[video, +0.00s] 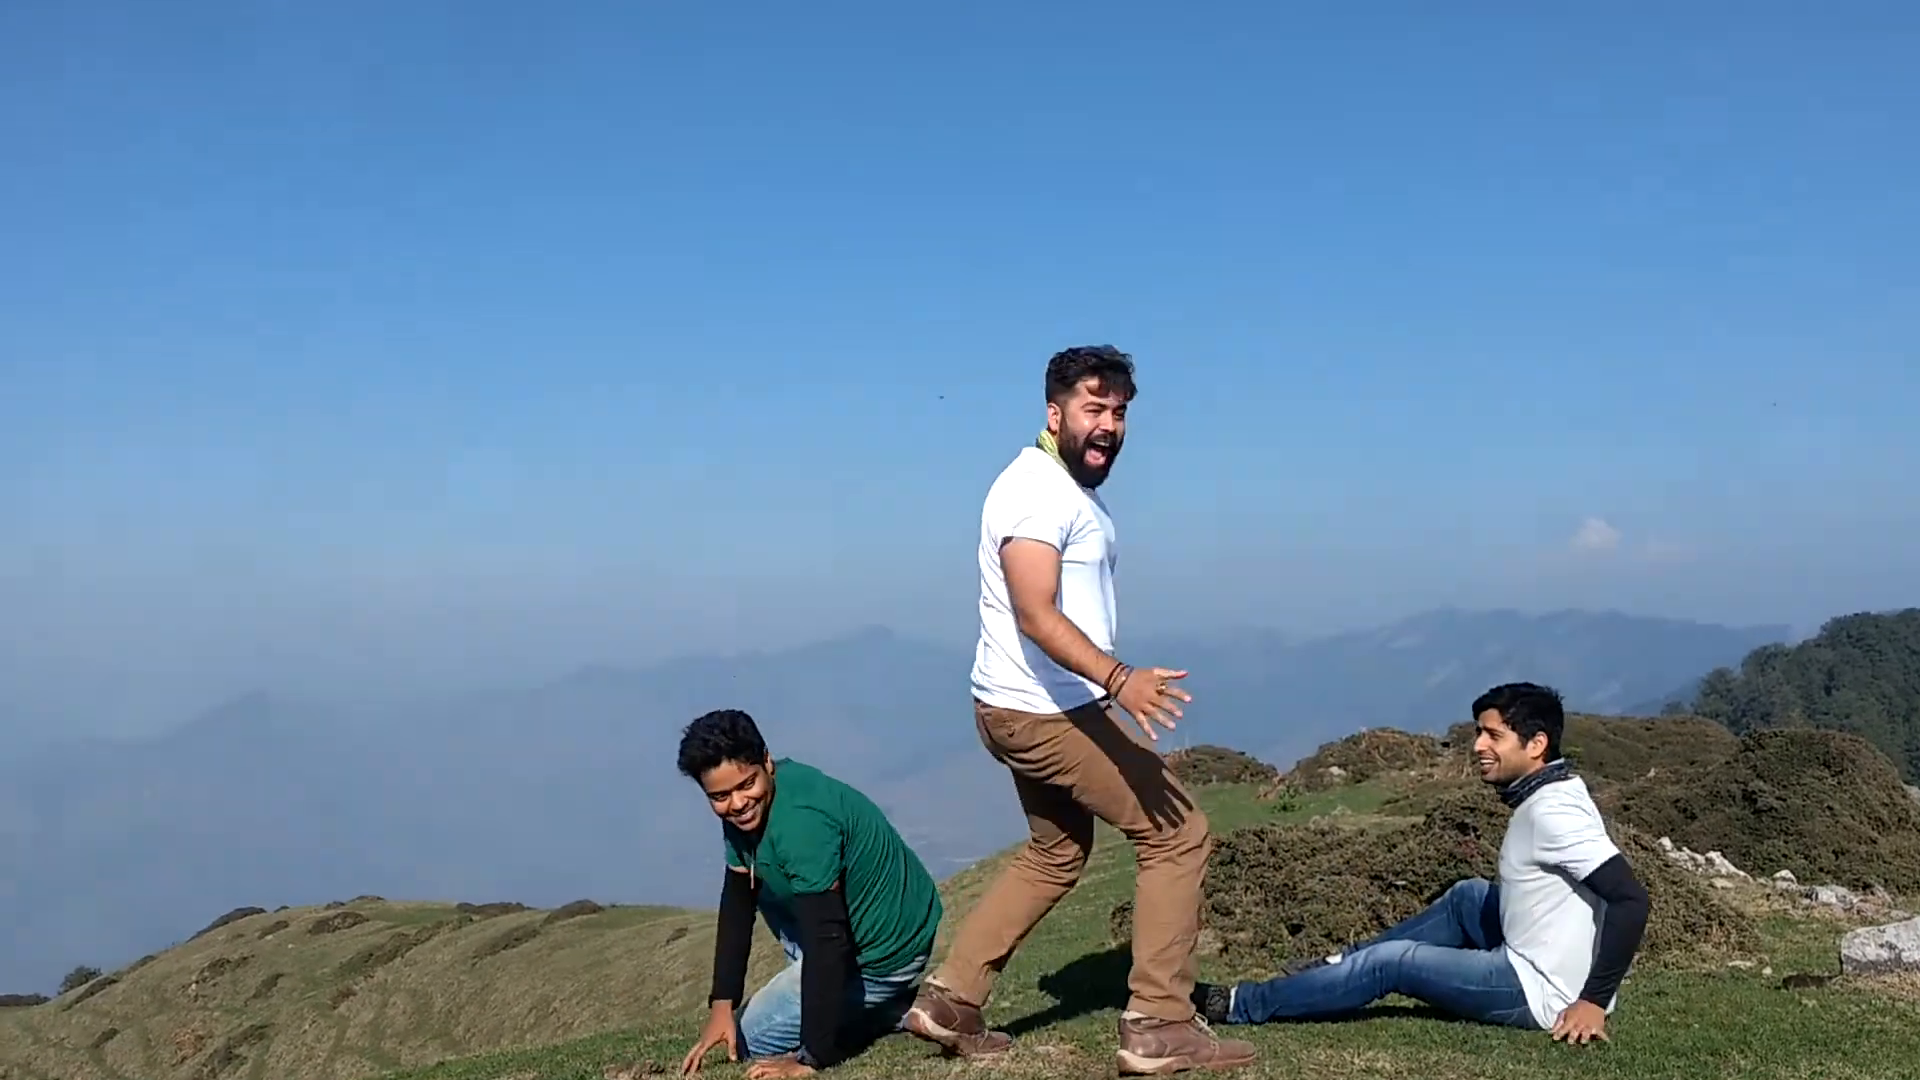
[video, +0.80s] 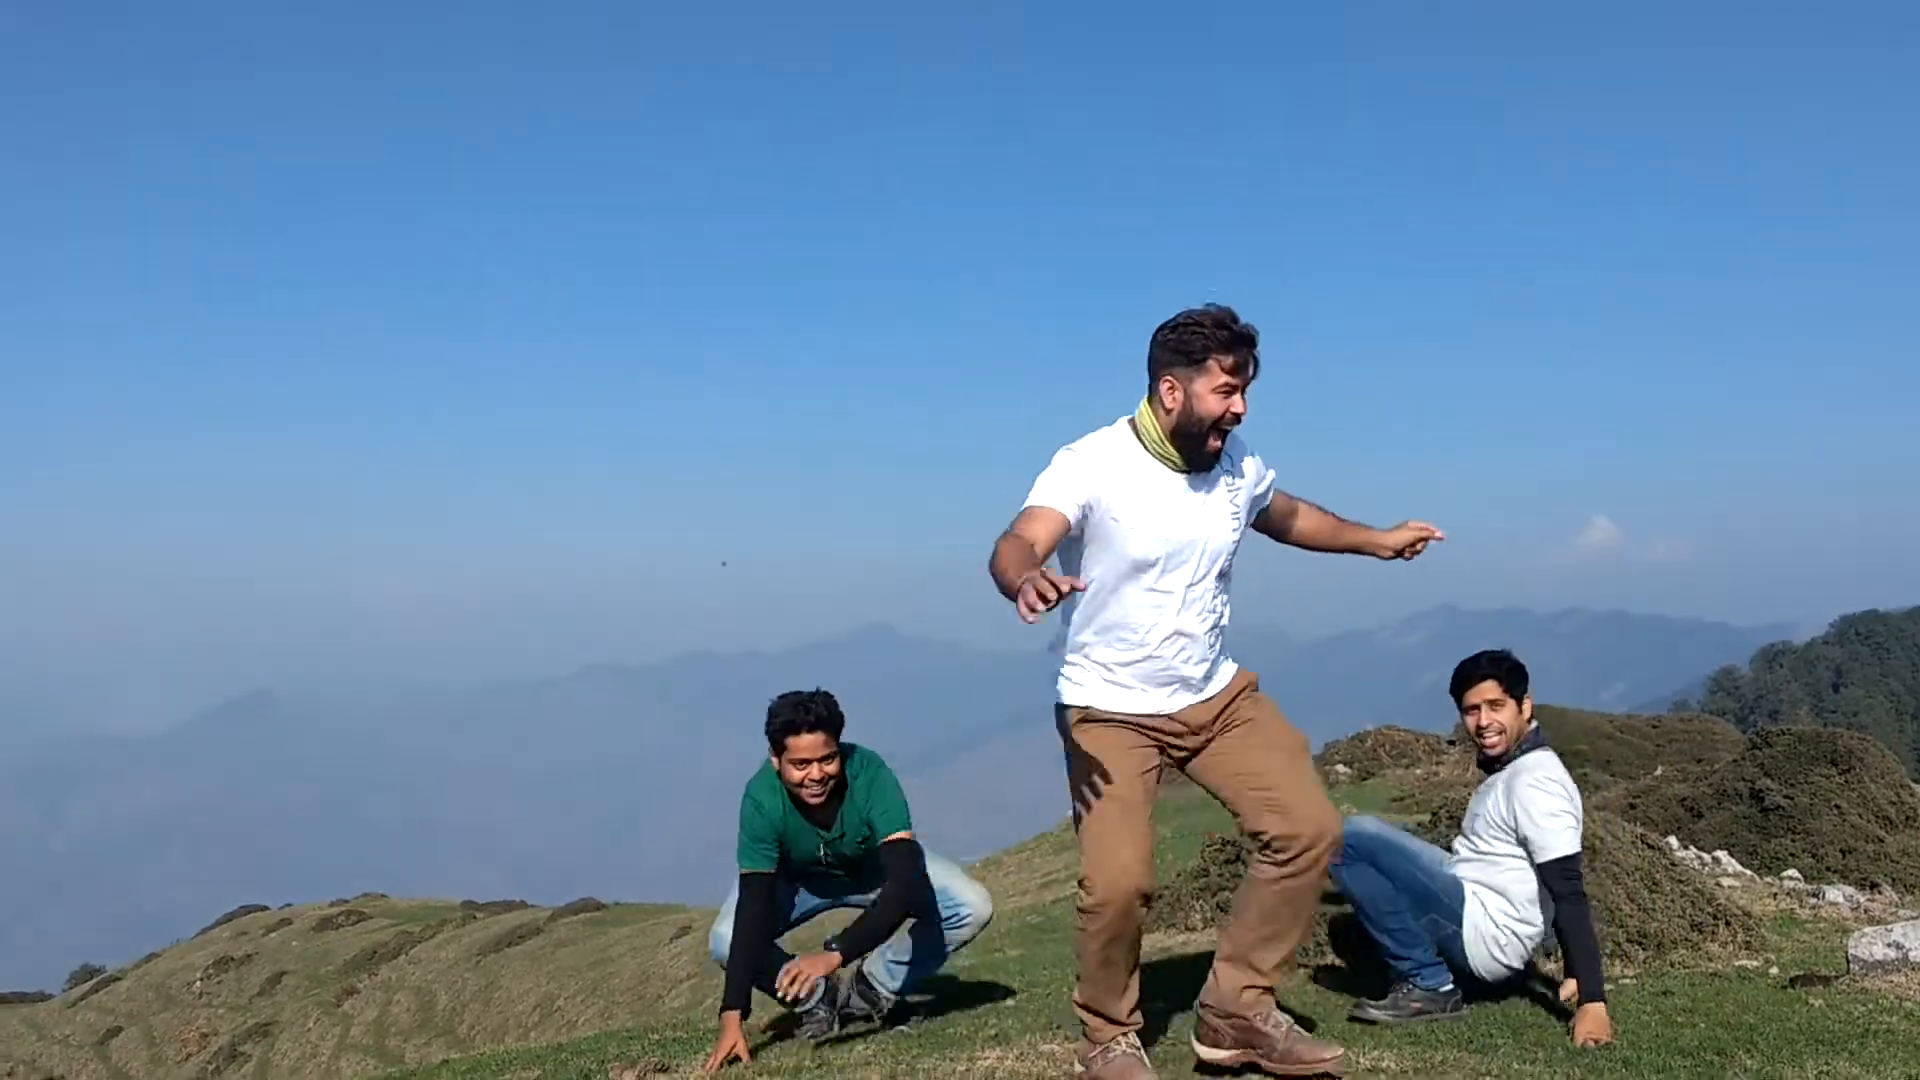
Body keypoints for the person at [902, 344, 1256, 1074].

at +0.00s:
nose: (1110, 426)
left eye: (1120, 412)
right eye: (1094, 410)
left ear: (1126, 417)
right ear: (1054, 413)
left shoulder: (1059, 487)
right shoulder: (1039, 488)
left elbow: (1045, 615)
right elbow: (1036, 614)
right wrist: (1117, 678)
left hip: (1020, 707)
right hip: (1047, 708)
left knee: (1057, 850)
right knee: (1177, 832)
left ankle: (949, 1003)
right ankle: (1160, 1023)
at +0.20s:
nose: (1084, 438)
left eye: (1100, 423)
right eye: (1069, 421)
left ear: (1115, 431)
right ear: (1041, 424)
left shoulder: (1114, 510)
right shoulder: (1005, 498)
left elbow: (1112, 605)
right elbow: (967, 616)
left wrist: (1173, 675)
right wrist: (994, 673)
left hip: (1059, 711)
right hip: (1017, 711)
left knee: (1033, 878)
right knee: (1150, 828)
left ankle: (928, 1022)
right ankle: (1158, 1025)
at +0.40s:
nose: (1123, 439)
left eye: (1129, 423)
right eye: (1106, 425)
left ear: (1134, 422)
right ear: (1059, 428)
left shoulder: (1136, 501)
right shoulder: (1009, 504)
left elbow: (1176, 569)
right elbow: (945, 607)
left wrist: (1282, 600)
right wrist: (930, 667)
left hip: (1096, 715)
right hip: (1030, 706)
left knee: (1047, 884)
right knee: (1131, 843)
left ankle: (930, 1010)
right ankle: (1101, 1037)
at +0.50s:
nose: (1153, 432)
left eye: (1157, 416)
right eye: (1137, 416)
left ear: (1155, 415)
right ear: (1085, 417)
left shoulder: (1156, 492)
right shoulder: (1021, 496)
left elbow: (1211, 546)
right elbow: (956, 592)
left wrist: (1313, 564)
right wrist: (939, 641)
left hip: (1132, 715)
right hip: (1049, 706)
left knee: (1144, 879)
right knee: (1122, 856)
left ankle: (998, 954)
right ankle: (1107, 1034)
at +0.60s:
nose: (1170, 422)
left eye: (1174, 406)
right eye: (1154, 407)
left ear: (1176, 404)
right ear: (1101, 408)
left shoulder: (1177, 480)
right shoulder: (1036, 488)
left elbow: (1224, 531)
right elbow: (980, 567)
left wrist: (1313, 555)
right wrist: (961, 602)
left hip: (1166, 705)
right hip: (1070, 709)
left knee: (1211, 862)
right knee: (1120, 865)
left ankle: (1085, 930)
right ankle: (1107, 1033)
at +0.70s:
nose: (1200, 413)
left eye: (1205, 395)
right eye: (1185, 395)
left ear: (1203, 394)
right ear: (1130, 396)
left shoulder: (1201, 471)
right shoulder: (1060, 473)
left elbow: (1244, 520)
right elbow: (986, 556)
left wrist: (1329, 548)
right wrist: (967, 587)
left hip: (1190, 696)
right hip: (1089, 705)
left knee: (1255, 847)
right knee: (1119, 874)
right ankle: (1106, 1028)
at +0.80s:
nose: (1239, 409)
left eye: (1244, 390)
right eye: (1224, 390)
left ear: (1245, 388)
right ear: (1168, 389)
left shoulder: (1237, 468)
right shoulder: (1092, 462)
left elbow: (1288, 518)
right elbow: (1014, 548)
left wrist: (1377, 540)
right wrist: (1025, 578)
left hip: (1214, 695)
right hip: (1110, 708)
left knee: (1306, 830)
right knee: (1118, 886)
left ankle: (1236, 1011)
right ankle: (1110, 1034)